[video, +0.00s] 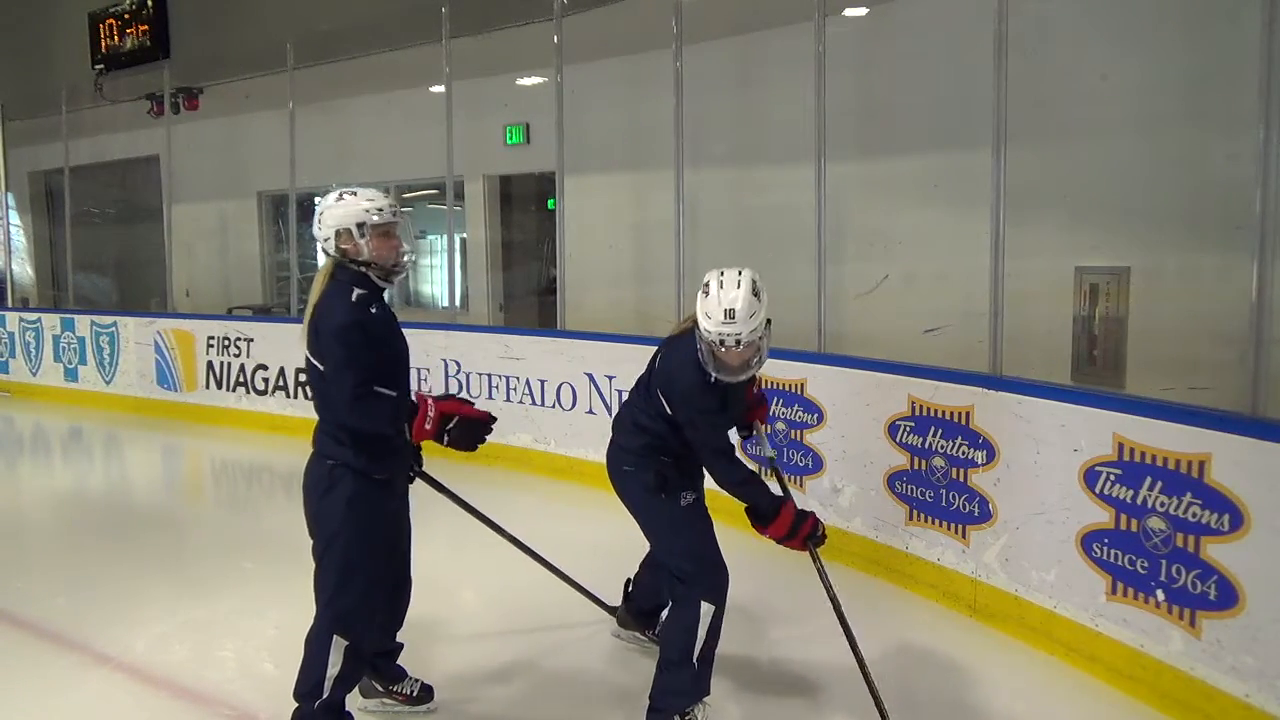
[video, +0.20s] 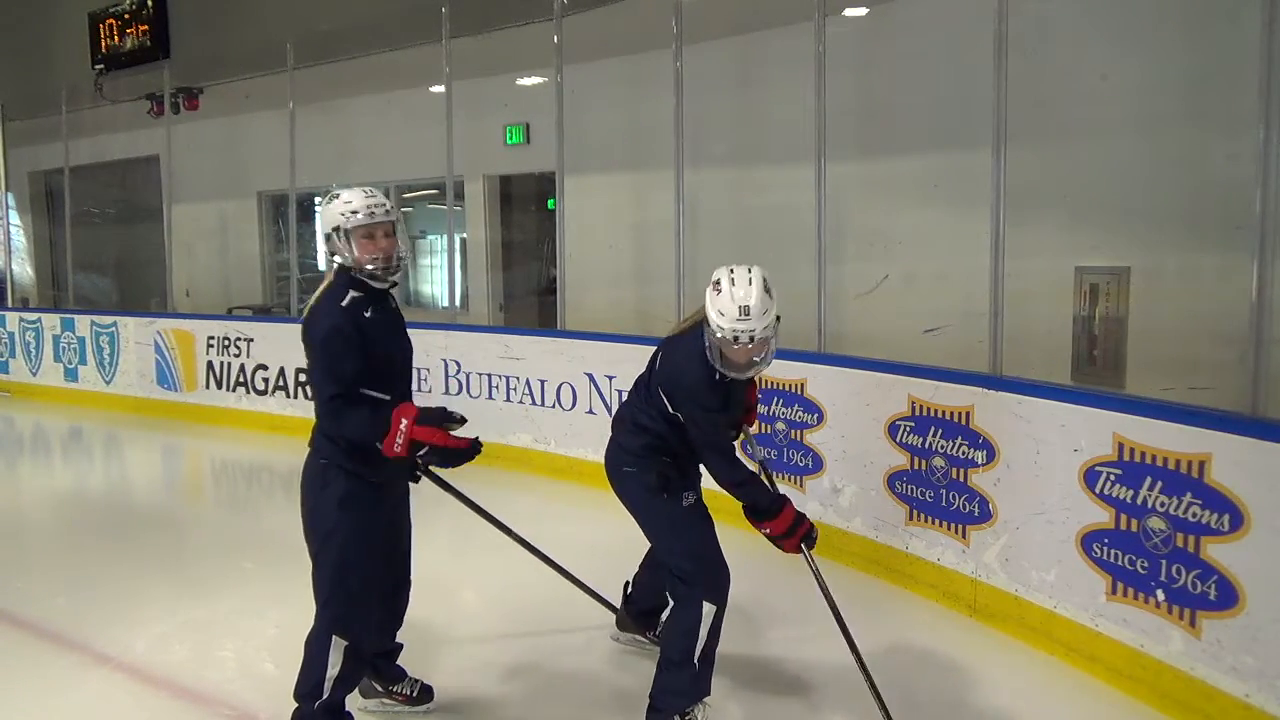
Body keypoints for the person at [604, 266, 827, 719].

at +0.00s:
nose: (734, 357)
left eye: (746, 345)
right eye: (721, 346)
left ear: (763, 334)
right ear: (704, 335)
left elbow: (738, 376)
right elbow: (721, 461)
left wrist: (748, 404)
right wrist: (781, 518)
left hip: (681, 459)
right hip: (642, 463)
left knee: (680, 542)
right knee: (704, 579)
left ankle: (638, 614)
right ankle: (672, 708)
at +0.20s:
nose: (745, 354)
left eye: (756, 342)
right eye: (733, 343)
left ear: (770, 331)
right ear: (712, 331)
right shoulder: (691, 370)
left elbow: (737, 374)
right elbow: (721, 461)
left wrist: (742, 401)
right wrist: (776, 514)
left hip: (677, 458)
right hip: (641, 462)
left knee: (679, 540)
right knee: (704, 579)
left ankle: (637, 616)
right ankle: (672, 708)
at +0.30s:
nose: (765, 340)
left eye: (775, 328)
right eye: (755, 327)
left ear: (788, 319)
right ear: (731, 314)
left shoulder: (724, 329)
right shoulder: (707, 359)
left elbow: (717, 433)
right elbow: (719, 448)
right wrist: (766, 504)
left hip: (659, 456)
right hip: (642, 462)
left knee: (678, 541)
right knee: (706, 579)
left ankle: (637, 623)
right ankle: (672, 708)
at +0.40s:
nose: (789, 329)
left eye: (795, 317)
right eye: (780, 317)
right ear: (749, 304)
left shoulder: (722, 317)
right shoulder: (719, 348)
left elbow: (722, 429)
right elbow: (723, 442)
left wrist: (746, 491)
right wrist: (759, 504)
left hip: (643, 451)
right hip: (640, 459)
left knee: (673, 539)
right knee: (700, 578)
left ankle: (643, 626)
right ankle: (676, 708)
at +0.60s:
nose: (798, 326)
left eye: (802, 317)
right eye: (795, 315)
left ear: (761, 299)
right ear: (767, 303)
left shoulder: (719, 313)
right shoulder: (737, 346)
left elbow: (652, 345)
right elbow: (729, 437)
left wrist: (675, 416)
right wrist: (748, 507)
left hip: (615, 445)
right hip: (640, 459)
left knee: (665, 534)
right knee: (700, 581)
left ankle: (638, 626)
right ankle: (678, 708)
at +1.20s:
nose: (800, 344)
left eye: (807, 334)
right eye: (794, 331)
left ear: (814, 330)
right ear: (767, 318)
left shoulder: (730, 334)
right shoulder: (741, 363)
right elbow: (730, 449)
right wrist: (746, 517)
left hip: (616, 443)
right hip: (634, 454)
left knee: (659, 539)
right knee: (695, 578)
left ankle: (639, 627)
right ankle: (693, 707)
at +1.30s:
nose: (800, 344)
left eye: (807, 334)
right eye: (794, 330)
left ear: (815, 330)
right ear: (767, 318)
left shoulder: (731, 334)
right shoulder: (741, 364)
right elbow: (730, 449)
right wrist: (747, 517)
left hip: (618, 442)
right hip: (633, 454)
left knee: (660, 536)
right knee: (695, 577)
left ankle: (642, 622)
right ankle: (694, 707)